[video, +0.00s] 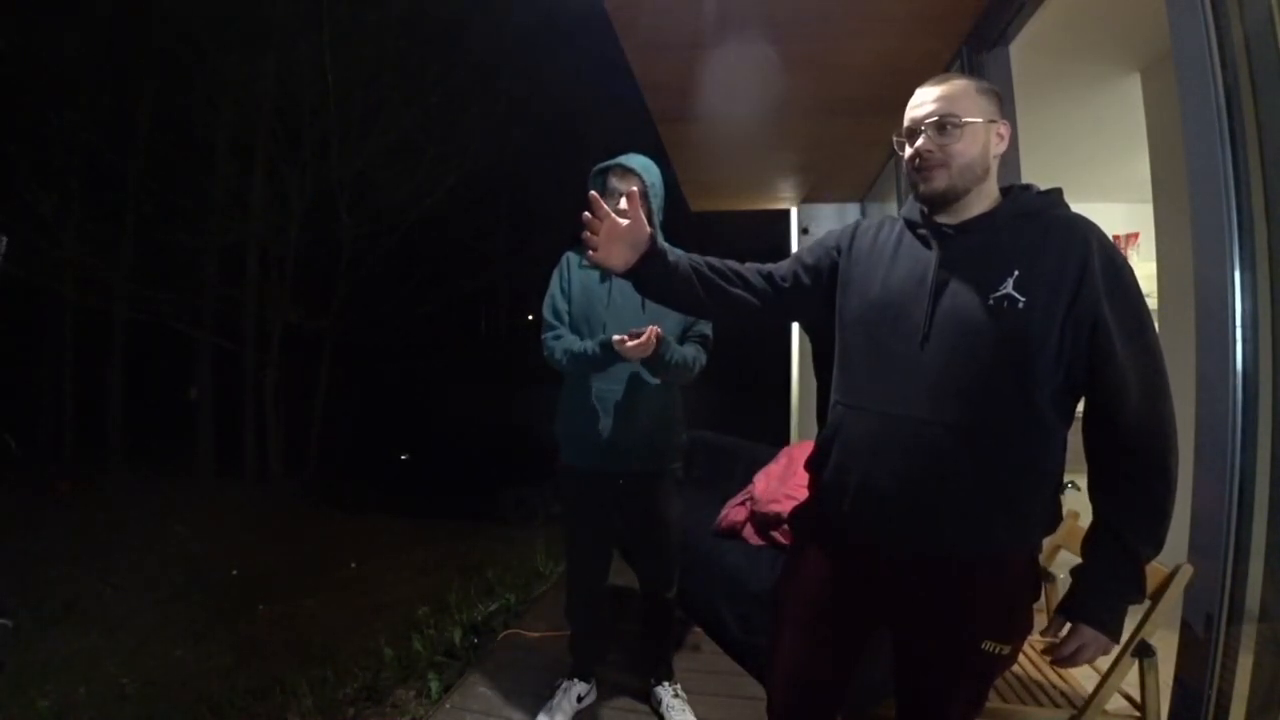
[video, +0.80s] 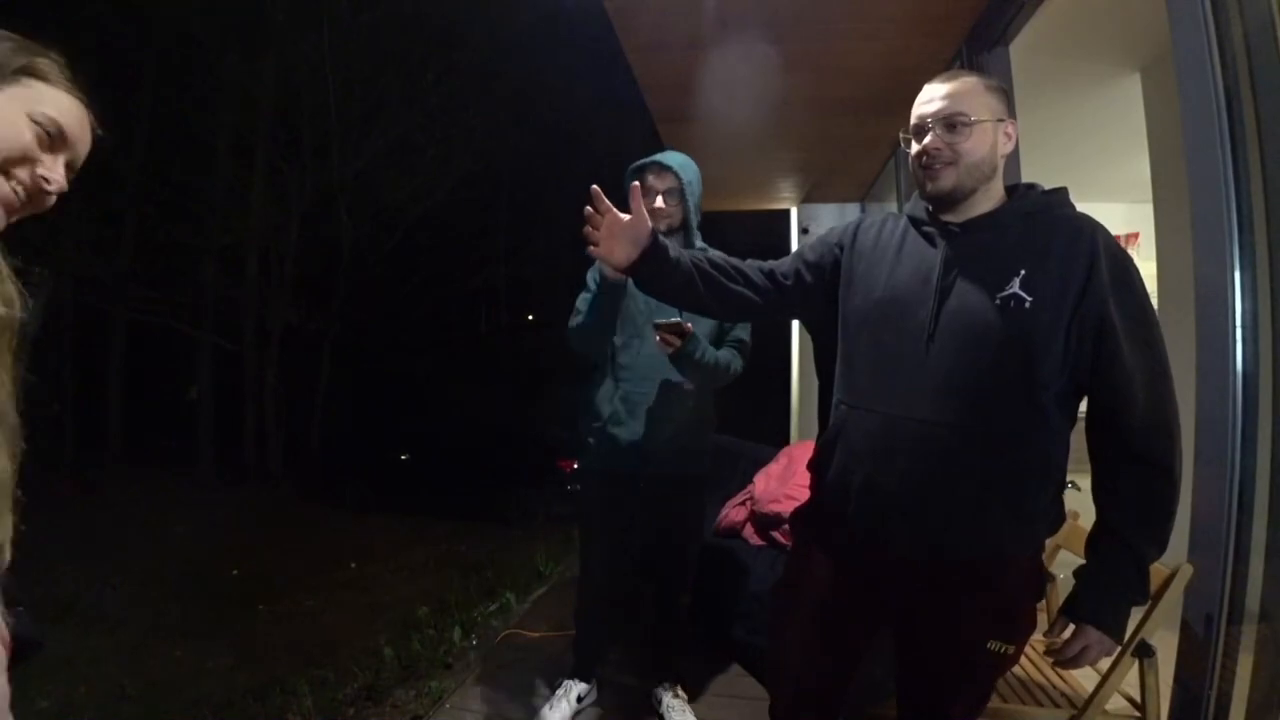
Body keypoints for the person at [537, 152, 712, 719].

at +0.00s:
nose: (629, 208)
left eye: (638, 198)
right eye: (618, 196)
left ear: (653, 205)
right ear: (597, 203)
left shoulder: (678, 270)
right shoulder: (574, 266)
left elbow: (696, 358)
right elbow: (554, 346)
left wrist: (658, 352)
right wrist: (608, 348)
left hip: (653, 449)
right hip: (587, 447)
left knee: (659, 569)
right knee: (585, 566)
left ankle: (661, 678)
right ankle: (580, 678)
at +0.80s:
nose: (658, 204)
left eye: (669, 194)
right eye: (648, 195)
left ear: (693, 199)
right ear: (634, 202)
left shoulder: (721, 275)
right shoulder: (613, 265)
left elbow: (731, 363)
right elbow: (582, 342)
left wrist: (691, 349)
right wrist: (609, 274)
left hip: (680, 440)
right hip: (613, 434)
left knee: (672, 557)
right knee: (600, 554)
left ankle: (665, 679)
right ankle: (584, 675)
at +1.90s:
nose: (676, 218)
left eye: (689, 210)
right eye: (671, 207)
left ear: (711, 216)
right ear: (661, 210)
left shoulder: (728, 275)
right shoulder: (640, 267)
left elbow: (737, 359)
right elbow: (606, 315)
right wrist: (647, 252)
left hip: (690, 433)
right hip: (628, 428)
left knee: (679, 551)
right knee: (607, 533)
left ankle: (666, 673)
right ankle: (595, 625)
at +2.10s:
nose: (661, 222)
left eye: (672, 213)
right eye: (655, 211)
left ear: (695, 218)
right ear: (645, 216)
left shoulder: (716, 283)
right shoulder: (621, 273)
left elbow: (727, 358)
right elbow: (577, 328)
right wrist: (625, 274)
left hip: (684, 440)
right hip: (618, 436)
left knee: (675, 553)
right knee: (611, 539)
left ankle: (663, 671)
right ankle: (619, 629)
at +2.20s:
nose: (650, 224)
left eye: (661, 214)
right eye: (642, 215)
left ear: (682, 220)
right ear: (631, 221)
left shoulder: (706, 284)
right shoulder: (609, 277)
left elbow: (718, 352)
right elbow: (565, 342)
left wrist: (678, 363)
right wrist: (588, 326)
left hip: (675, 433)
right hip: (609, 427)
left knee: (665, 546)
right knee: (611, 532)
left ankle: (661, 670)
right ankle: (620, 629)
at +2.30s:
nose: (638, 227)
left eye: (648, 217)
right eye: (630, 218)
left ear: (668, 222)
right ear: (620, 224)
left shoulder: (695, 284)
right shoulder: (597, 285)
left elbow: (708, 361)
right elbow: (562, 357)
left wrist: (678, 427)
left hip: (667, 439)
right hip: (603, 431)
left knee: (664, 554)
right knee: (608, 540)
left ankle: (663, 673)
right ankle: (618, 632)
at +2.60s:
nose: (604, 230)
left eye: (613, 220)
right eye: (596, 221)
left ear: (635, 225)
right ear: (585, 230)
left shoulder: (659, 288)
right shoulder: (582, 292)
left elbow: (687, 351)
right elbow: (566, 369)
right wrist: (569, 434)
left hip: (650, 444)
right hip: (599, 444)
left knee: (654, 562)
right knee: (607, 547)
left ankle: (656, 667)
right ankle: (621, 632)